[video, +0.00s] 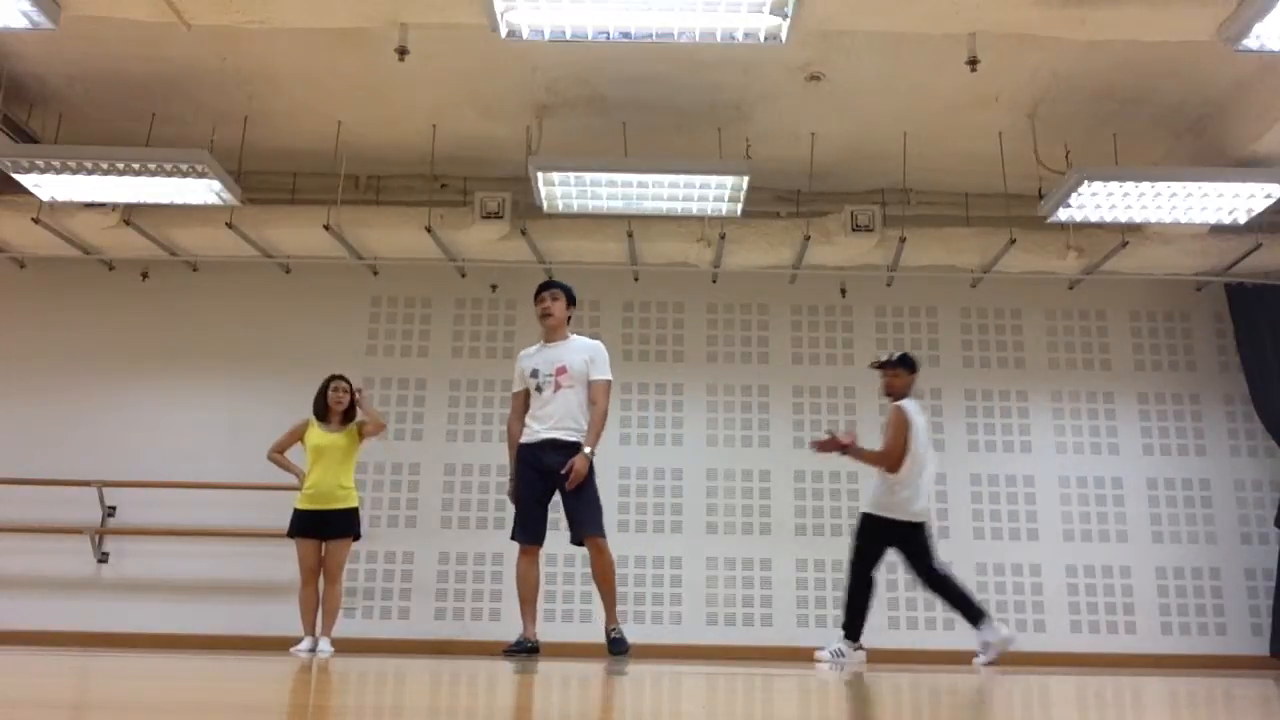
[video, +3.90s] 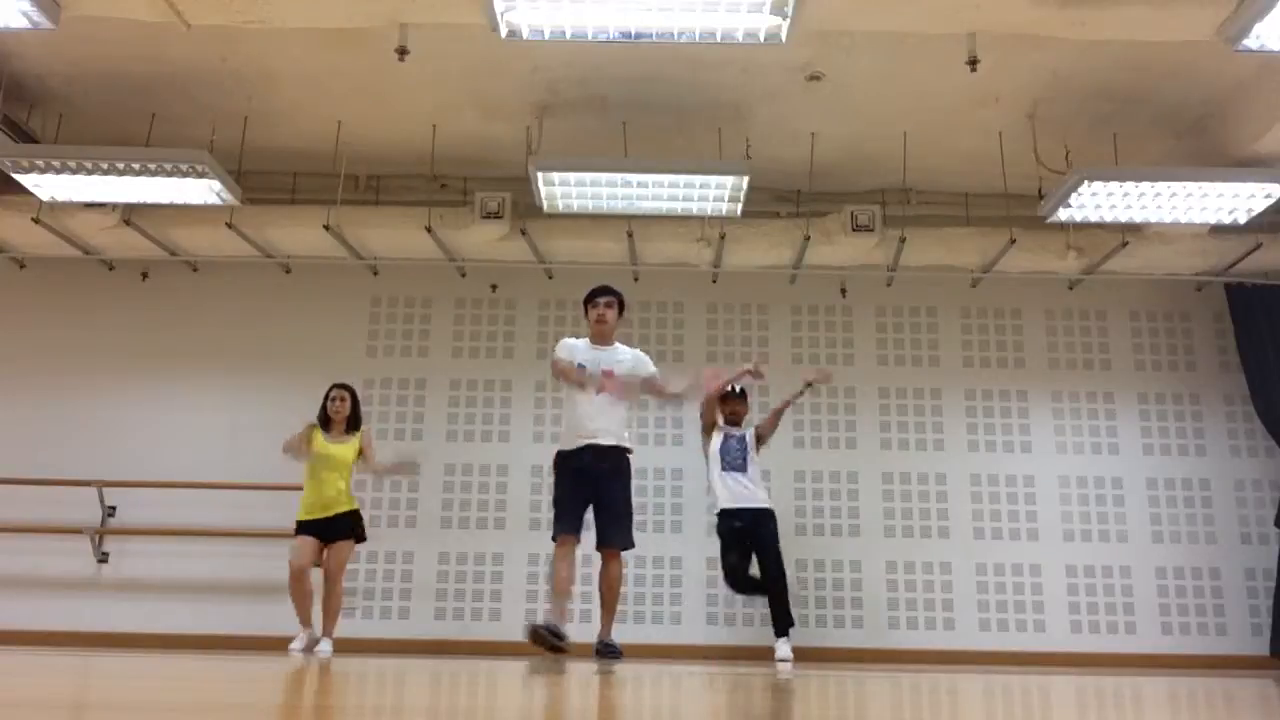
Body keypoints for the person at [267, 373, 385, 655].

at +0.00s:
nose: (339, 395)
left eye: (344, 392)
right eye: (335, 391)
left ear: (350, 399)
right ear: (324, 395)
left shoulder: (355, 429)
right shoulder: (309, 426)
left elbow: (379, 426)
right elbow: (273, 453)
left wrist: (362, 403)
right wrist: (298, 472)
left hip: (342, 506)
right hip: (309, 505)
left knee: (333, 576)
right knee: (309, 575)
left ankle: (325, 638)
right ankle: (308, 636)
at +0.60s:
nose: (337, 397)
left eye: (342, 393)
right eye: (332, 392)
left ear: (349, 398)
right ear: (322, 396)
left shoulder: (356, 431)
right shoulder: (308, 429)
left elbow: (371, 469)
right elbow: (273, 459)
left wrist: (362, 437)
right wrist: (279, 491)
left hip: (340, 507)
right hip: (307, 506)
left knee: (330, 575)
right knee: (308, 575)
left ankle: (325, 637)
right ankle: (308, 636)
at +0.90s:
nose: (336, 396)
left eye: (342, 391)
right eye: (332, 391)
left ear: (350, 397)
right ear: (323, 396)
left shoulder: (360, 428)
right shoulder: (308, 431)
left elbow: (370, 466)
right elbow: (297, 471)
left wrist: (338, 474)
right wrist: (299, 503)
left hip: (341, 509)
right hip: (309, 509)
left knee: (334, 574)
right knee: (308, 575)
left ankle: (328, 637)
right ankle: (309, 636)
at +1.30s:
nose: (337, 396)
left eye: (342, 392)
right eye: (332, 392)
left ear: (351, 398)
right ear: (324, 397)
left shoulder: (362, 430)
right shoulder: (310, 433)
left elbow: (374, 470)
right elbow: (301, 475)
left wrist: (365, 503)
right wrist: (290, 509)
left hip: (343, 508)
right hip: (309, 508)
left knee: (335, 577)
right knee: (310, 577)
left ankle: (328, 637)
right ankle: (310, 636)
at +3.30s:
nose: (336, 398)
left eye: (341, 394)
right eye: (332, 394)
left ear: (351, 400)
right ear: (324, 399)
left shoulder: (361, 431)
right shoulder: (309, 432)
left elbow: (367, 472)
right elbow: (298, 473)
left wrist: (360, 508)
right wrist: (291, 508)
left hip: (342, 509)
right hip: (309, 507)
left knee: (332, 576)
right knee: (310, 575)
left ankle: (326, 637)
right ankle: (311, 636)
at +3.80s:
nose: (337, 403)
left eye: (343, 399)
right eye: (333, 399)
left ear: (352, 405)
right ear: (325, 404)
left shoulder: (360, 437)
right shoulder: (309, 433)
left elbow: (364, 474)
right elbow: (293, 467)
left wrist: (369, 507)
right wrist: (299, 502)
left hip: (347, 512)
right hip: (315, 513)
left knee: (338, 578)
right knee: (316, 577)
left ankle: (328, 637)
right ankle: (314, 636)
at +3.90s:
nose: (337, 404)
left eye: (342, 400)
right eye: (333, 399)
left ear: (352, 406)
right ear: (325, 404)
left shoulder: (360, 435)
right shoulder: (313, 431)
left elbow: (374, 468)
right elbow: (290, 448)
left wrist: (397, 469)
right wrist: (298, 446)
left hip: (342, 513)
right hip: (311, 513)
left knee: (333, 576)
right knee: (297, 567)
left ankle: (326, 637)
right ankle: (306, 631)